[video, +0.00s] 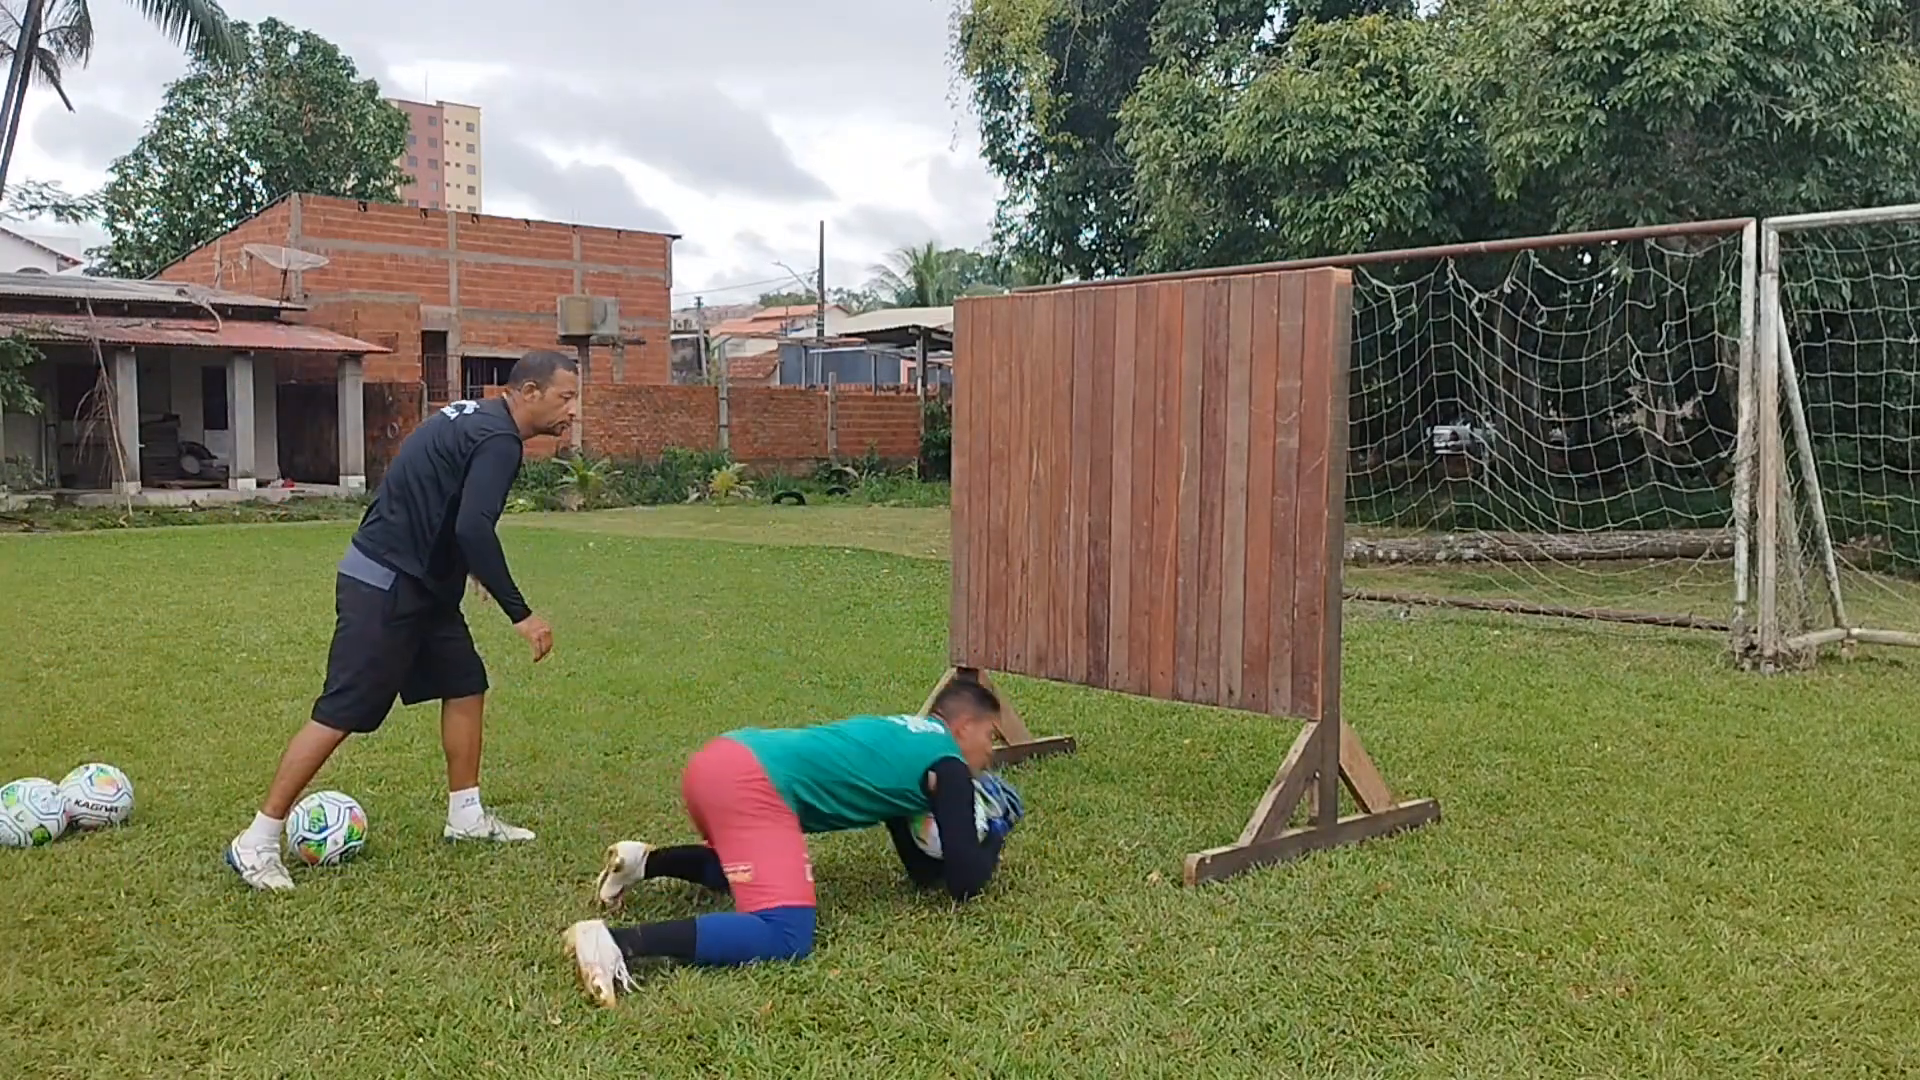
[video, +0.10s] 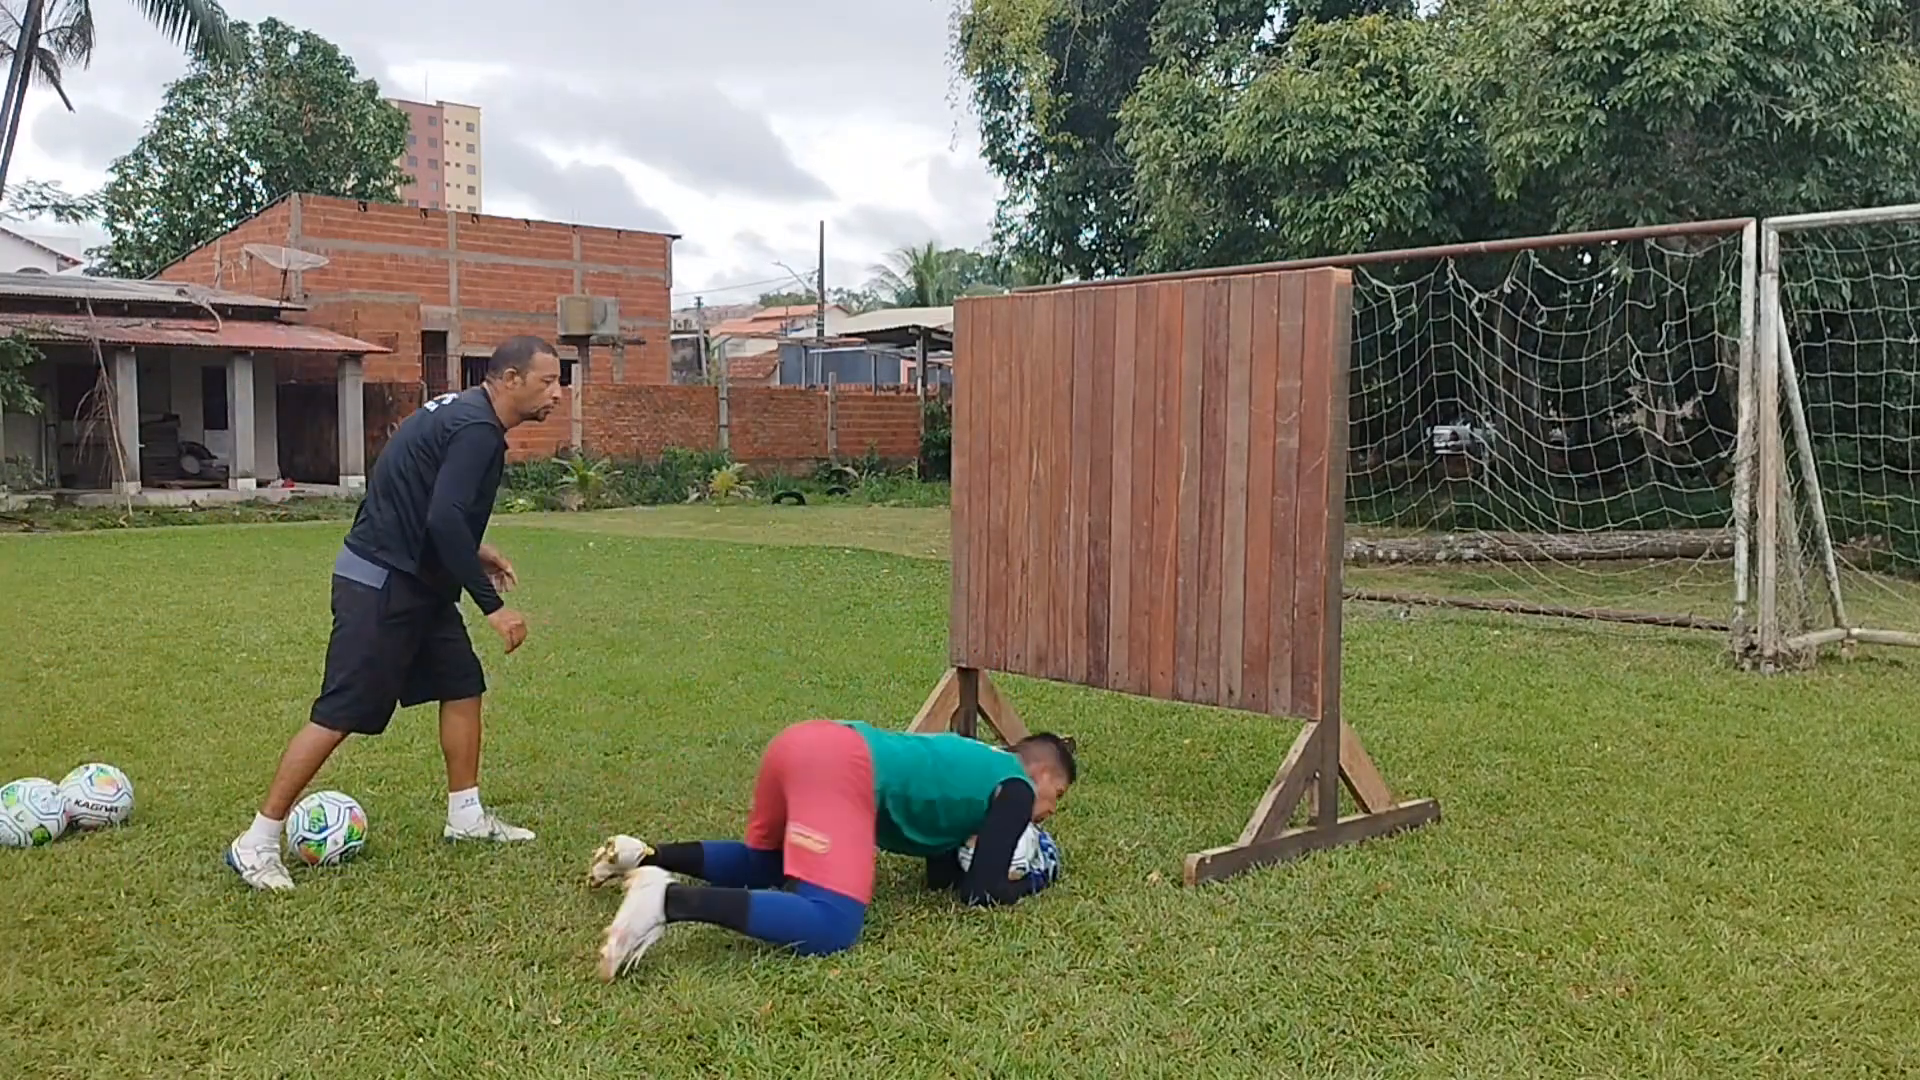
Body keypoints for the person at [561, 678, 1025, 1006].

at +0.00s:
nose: (992, 755)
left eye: (995, 743)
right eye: (993, 741)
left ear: (944, 718)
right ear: (968, 727)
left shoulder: (893, 743)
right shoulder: (945, 759)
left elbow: (924, 871)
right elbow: (967, 880)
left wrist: (970, 831)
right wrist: (997, 830)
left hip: (718, 761)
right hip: (749, 779)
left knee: (760, 875)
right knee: (786, 935)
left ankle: (643, 863)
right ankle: (615, 944)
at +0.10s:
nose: (1044, 810)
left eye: (1050, 803)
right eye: (1050, 799)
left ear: (1016, 755)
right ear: (1040, 777)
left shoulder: (966, 766)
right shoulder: (1016, 786)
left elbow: (943, 873)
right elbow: (981, 889)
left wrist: (993, 863)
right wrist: (1022, 881)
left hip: (802, 741)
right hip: (842, 761)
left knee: (769, 865)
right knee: (832, 925)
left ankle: (645, 856)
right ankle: (666, 900)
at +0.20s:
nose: (1076, 819)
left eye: (1085, 813)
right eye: (1085, 808)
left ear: (1049, 761)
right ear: (1072, 778)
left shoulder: (1002, 755)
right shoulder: (1050, 786)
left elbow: (942, 838)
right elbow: (993, 879)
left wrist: (996, 857)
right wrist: (1034, 882)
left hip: (842, 731)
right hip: (889, 754)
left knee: (816, 858)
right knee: (940, 913)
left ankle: (693, 853)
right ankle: (787, 902)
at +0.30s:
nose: (1081, 799)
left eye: (1088, 794)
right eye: (1087, 789)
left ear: (1056, 743)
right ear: (1078, 766)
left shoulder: (1007, 735)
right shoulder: (1061, 772)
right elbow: (1007, 835)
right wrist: (937, 860)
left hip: (850, 759)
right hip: (902, 773)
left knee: (892, 857)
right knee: (1020, 883)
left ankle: (777, 865)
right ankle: (887, 905)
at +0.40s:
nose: (1088, 720)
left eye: (1090, 713)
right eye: (1091, 712)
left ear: (1041, 687)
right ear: (1083, 707)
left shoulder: (993, 697)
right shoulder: (1074, 743)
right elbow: (1012, 813)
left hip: (865, 783)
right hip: (926, 812)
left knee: (892, 855)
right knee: (1039, 885)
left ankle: (788, 866)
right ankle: (924, 901)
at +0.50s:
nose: (1079, 651)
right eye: (1083, 645)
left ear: (1033, 626)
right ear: (1079, 644)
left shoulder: (988, 649)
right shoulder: (1083, 687)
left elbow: (943, 719)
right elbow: (1045, 769)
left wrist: (871, 775)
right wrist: (1043, 803)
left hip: (881, 759)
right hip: (942, 789)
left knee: (896, 856)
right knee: (1037, 889)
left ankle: (771, 864)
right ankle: (919, 905)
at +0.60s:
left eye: (999, 580)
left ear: (998, 580)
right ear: (1051, 591)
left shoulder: (965, 603)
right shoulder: (1071, 634)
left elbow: (882, 636)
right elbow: (1071, 693)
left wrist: (897, 709)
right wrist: (1045, 757)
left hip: (892, 749)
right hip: (959, 781)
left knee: (887, 806)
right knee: (1039, 888)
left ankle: (784, 855)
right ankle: (926, 904)